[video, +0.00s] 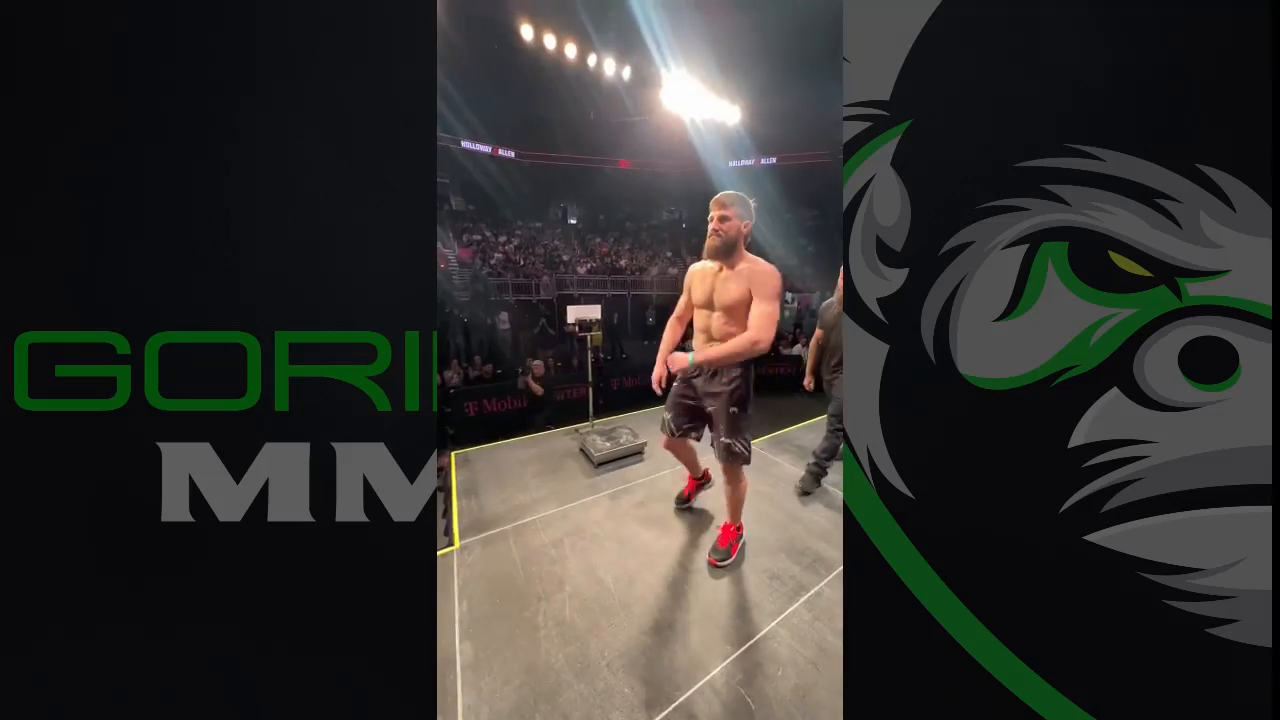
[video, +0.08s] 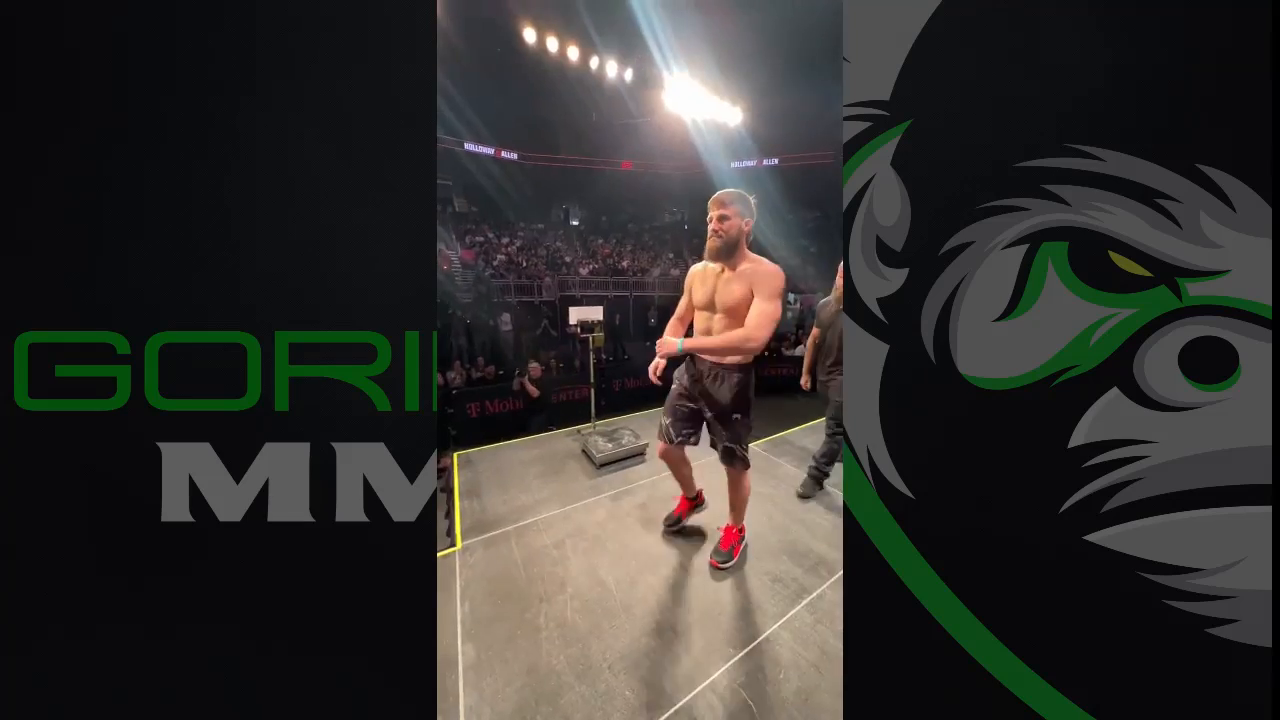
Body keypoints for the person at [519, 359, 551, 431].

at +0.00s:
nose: (536, 371)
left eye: (538, 368)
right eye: (534, 369)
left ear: (543, 369)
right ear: (532, 370)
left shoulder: (547, 379)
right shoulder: (532, 380)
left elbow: (540, 392)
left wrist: (529, 380)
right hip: (533, 409)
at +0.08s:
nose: (532, 372)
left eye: (534, 369)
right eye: (530, 370)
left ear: (540, 369)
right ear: (528, 371)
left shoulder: (545, 381)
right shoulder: (528, 381)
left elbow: (535, 394)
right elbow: (516, 388)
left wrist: (525, 381)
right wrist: (517, 378)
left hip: (542, 413)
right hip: (529, 412)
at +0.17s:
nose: (530, 376)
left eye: (532, 373)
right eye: (528, 374)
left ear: (538, 373)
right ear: (526, 374)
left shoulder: (541, 384)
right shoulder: (525, 383)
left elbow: (533, 397)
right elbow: (512, 390)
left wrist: (523, 384)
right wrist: (515, 380)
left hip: (538, 412)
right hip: (525, 412)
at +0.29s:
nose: (526, 379)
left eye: (528, 376)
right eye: (525, 377)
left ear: (534, 376)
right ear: (523, 377)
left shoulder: (539, 387)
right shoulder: (523, 387)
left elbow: (529, 400)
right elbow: (508, 392)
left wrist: (519, 387)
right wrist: (512, 382)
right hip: (524, 416)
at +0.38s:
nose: (526, 380)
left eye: (528, 377)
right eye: (525, 378)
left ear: (534, 378)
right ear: (523, 379)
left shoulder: (537, 389)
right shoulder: (523, 388)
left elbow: (528, 402)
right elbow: (508, 394)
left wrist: (519, 389)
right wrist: (512, 383)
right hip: (523, 416)